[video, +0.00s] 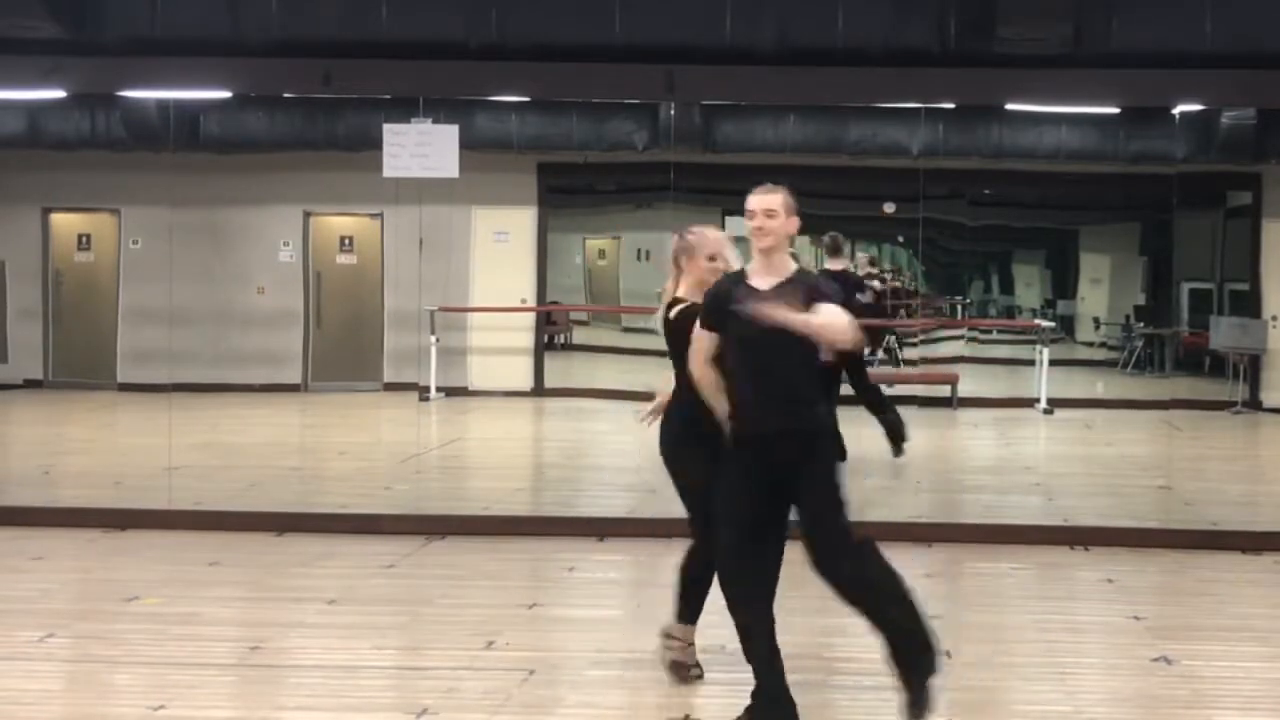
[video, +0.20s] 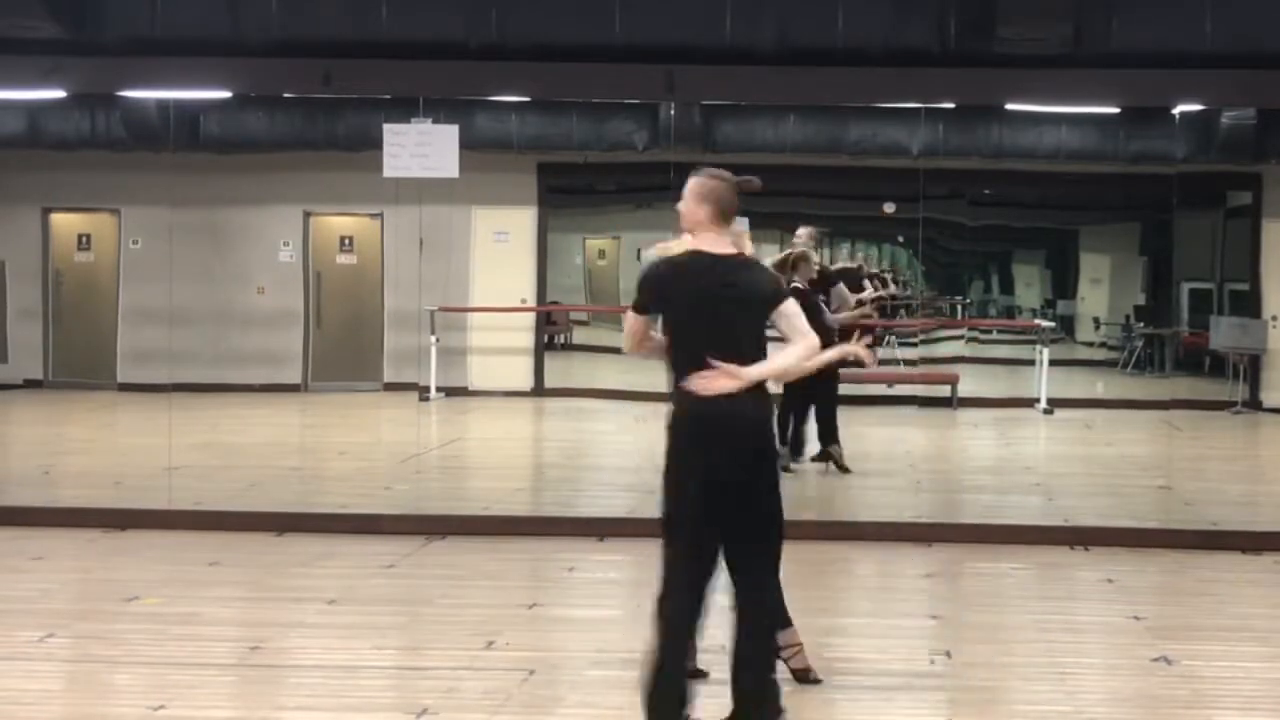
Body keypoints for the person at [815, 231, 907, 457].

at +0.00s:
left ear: (824, 252)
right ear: (845, 251)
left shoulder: (815, 283)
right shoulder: (859, 283)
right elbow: (874, 314)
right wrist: (874, 342)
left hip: (822, 344)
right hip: (851, 342)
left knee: (824, 398)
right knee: (864, 387)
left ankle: (827, 446)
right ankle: (893, 426)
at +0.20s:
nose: (815, 269)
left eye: (814, 264)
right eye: (811, 264)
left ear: (795, 268)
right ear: (800, 267)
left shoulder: (790, 293)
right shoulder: (805, 294)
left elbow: (826, 318)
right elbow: (827, 321)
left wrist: (857, 314)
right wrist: (858, 314)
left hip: (797, 355)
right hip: (817, 355)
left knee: (791, 403)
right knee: (826, 401)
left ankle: (786, 449)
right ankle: (831, 443)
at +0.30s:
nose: (822, 269)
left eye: (822, 265)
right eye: (818, 264)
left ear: (815, 267)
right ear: (808, 267)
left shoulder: (822, 292)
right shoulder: (797, 291)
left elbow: (833, 325)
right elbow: (789, 324)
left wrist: (852, 328)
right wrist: (792, 349)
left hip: (824, 351)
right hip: (805, 353)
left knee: (822, 401)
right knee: (823, 401)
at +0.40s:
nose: (831, 270)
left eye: (831, 266)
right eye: (828, 266)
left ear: (822, 268)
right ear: (817, 267)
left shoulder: (833, 294)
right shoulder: (804, 291)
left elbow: (850, 323)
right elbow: (795, 322)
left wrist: (843, 327)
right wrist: (803, 348)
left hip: (837, 351)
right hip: (818, 351)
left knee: (833, 400)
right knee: (823, 400)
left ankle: (834, 449)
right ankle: (795, 437)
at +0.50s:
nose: (841, 269)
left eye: (841, 266)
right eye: (837, 265)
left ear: (831, 269)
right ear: (826, 267)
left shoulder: (840, 295)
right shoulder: (812, 293)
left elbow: (861, 322)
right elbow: (803, 323)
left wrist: (840, 324)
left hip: (840, 352)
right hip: (822, 353)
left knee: (842, 398)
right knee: (840, 398)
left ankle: (832, 446)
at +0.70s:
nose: (851, 273)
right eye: (850, 268)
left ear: (828, 268)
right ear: (847, 269)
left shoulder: (821, 293)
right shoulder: (851, 294)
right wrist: (864, 322)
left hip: (831, 357)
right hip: (849, 356)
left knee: (838, 404)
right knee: (853, 405)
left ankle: (842, 446)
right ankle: (857, 452)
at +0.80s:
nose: (809, 267)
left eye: (817, 259)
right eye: (800, 259)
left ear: (828, 264)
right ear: (787, 264)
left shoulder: (827, 303)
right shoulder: (794, 306)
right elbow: (859, 336)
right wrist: (924, 357)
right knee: (850, 401)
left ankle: (850, 447)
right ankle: (848, 446)